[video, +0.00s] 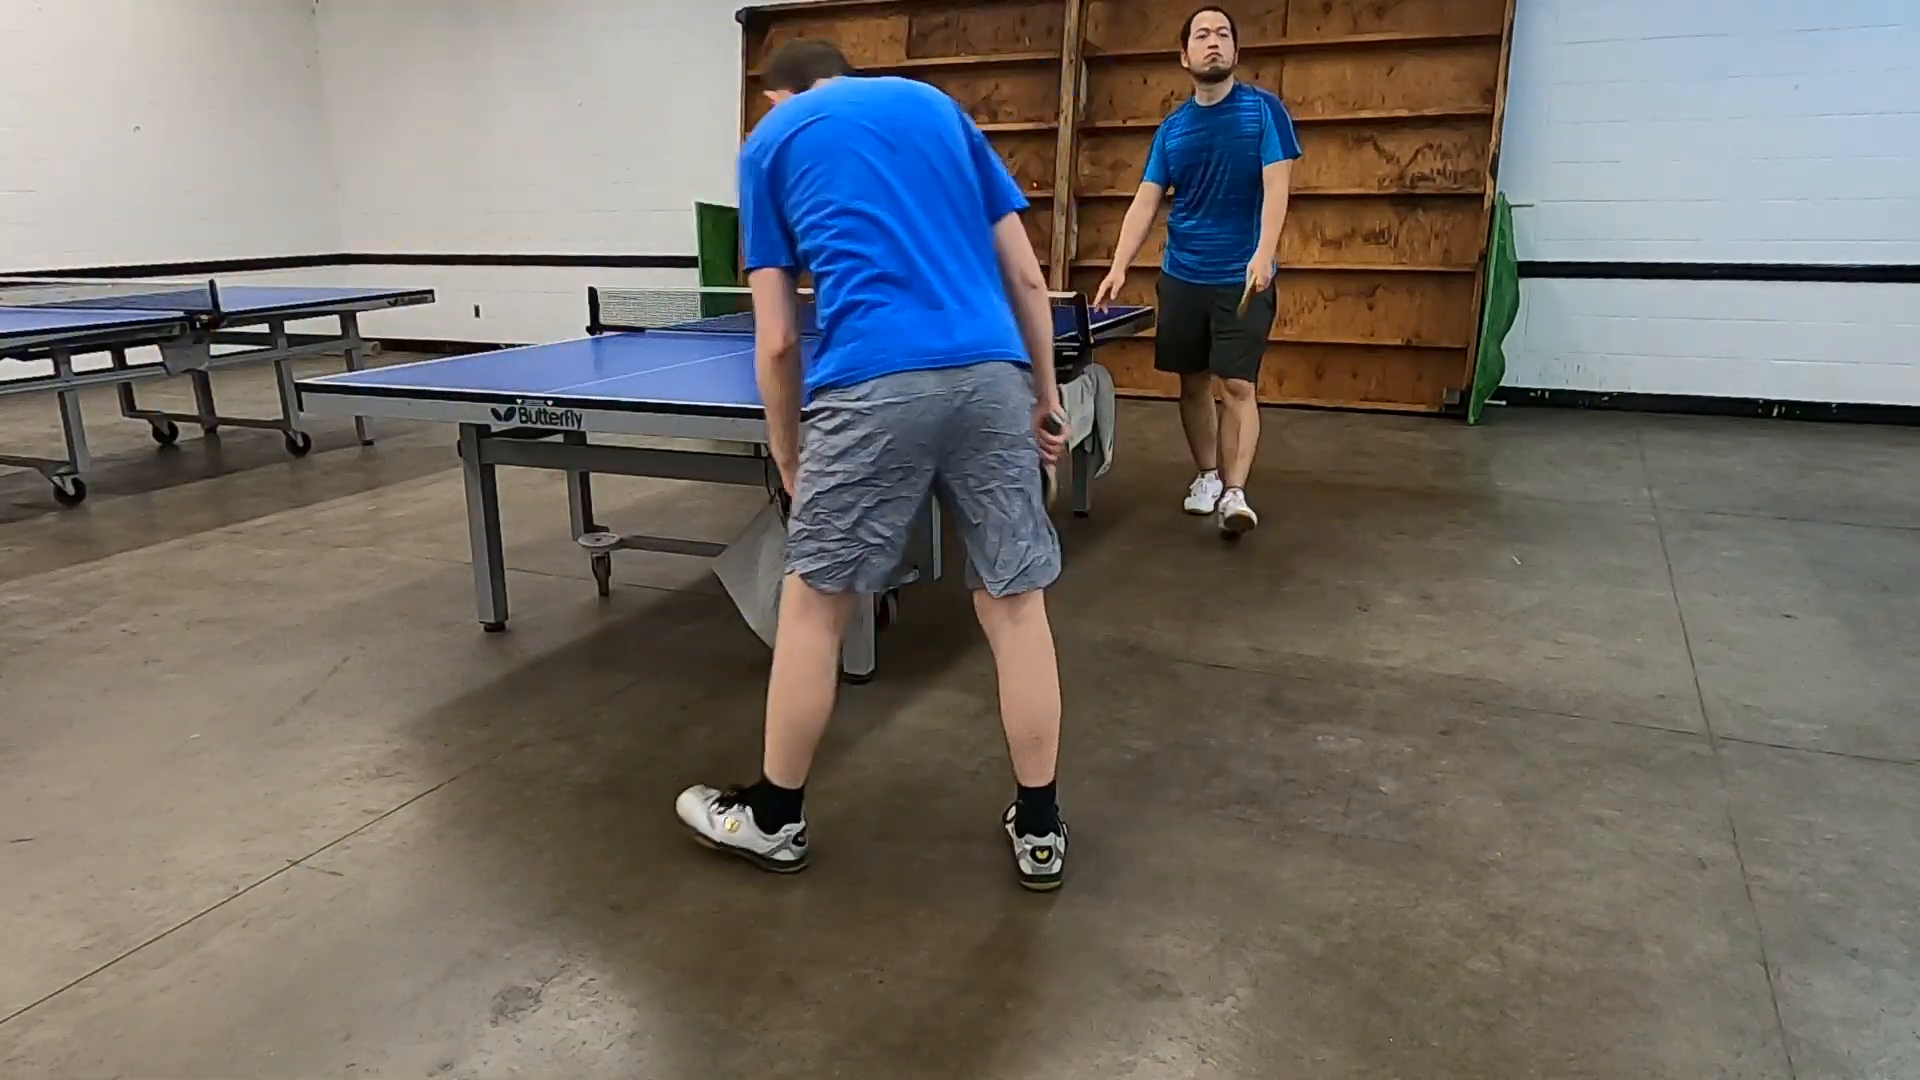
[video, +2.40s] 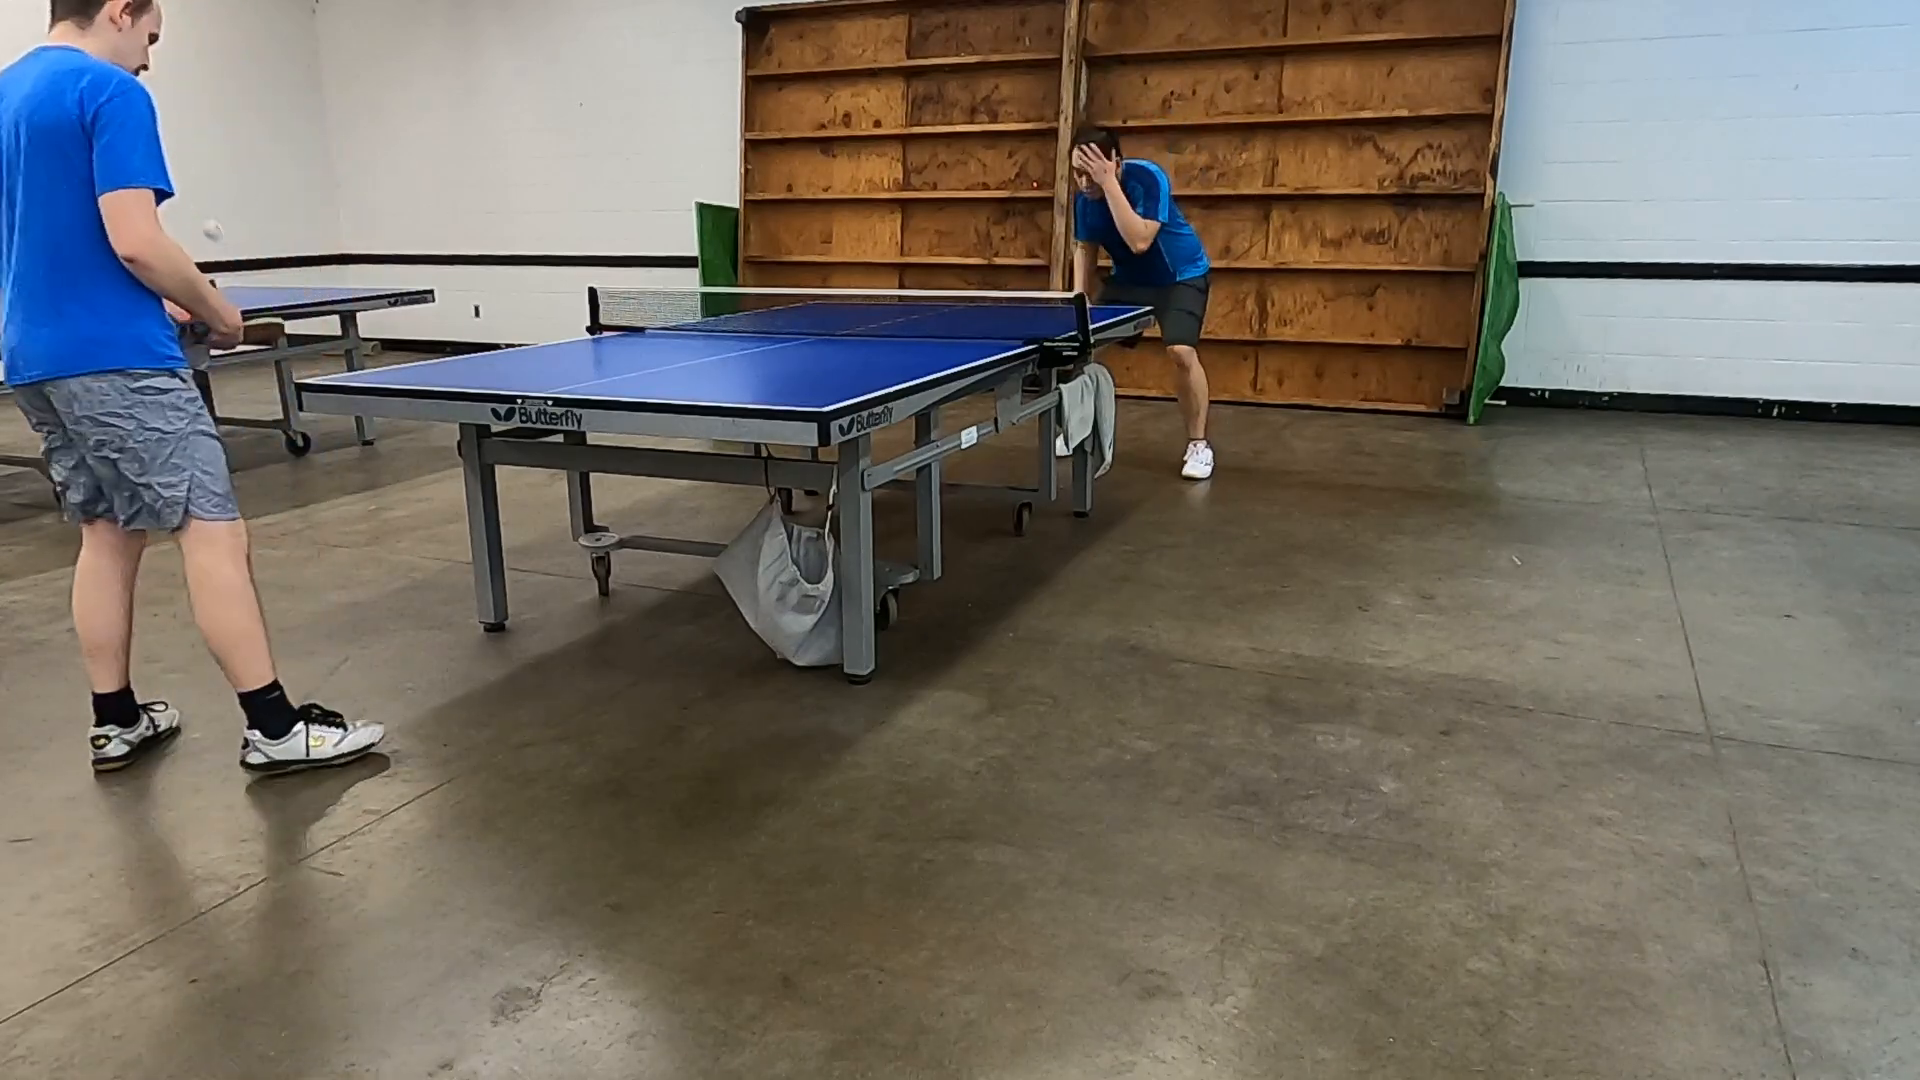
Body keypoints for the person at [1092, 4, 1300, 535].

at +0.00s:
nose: (1213, 41)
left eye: (1222, 35)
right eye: (1202, 36)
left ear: (1237, 52)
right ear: (1186, 57)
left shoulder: (1264, 110)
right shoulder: (1172, 130)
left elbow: (1276, 188)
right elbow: (1144, 204)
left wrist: (1265, 253)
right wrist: (1119, 266)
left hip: (1244, 275)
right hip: (1182, 276)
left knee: (1236, 386)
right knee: (1193, 382)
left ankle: (1234, 492)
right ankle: (1207, 476)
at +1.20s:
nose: (1241, 58)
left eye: (1252, 52)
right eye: (1234, 51)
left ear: (1268, 66)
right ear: (1223, 62)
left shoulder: (1278, 131)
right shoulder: (1193, 116)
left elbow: (1286, 199)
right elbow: (1154, 177)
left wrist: (1263, 243)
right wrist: (1174, 231)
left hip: (1238, 264)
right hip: (1182, 257)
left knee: (1230, 360)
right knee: (1169, 353)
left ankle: (1223, 446)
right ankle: (1149, 440)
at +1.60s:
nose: (1180, 66)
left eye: (1190, 60)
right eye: (1174, 61)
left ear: (1210, 73)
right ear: (1166, 73)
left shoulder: (1227, 129)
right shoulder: (1146, 129)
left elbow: (1252, 192)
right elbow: (1115, 189)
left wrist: (1199, 203)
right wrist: (1141, 206)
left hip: (1198, 268)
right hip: (1140, 263)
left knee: (1207, 358)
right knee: (1100, 348)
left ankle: (1221, 446)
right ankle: (1079, 427)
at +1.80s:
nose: (1128, 80)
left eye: (1140, 73)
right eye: (1124, 73)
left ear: (1162, 85)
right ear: (1118, 83)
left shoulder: (1182, 135)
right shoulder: (1107, 142)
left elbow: (1199, 199)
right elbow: (1088, 198)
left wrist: (1146, 184)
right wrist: (1073, 242)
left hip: (1168, 273)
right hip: (1111, 269)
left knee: (1187, 358)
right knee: (1083, 352)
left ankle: (1215, 445)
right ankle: (1080, 432)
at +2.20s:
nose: (1081, 142)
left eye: (1088, 134)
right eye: (1075, 135)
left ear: (1110, 130)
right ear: (1070, 134)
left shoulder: (1144, 153)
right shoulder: (1085, 171)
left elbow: (1141, 215)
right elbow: (1080, 218)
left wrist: (1101, 162)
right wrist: (1053, 264)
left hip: (1174, 266)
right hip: (1123, 268)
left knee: (1178, 351)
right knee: (1084, 346)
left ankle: (1197, 443)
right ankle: (1079, 426)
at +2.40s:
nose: (1082, 179)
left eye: (1088, 170)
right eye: (1077, 172)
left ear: (1113, 162)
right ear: (1073, 168)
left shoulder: (1149, 178)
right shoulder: (1086, 199)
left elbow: (1140, 240)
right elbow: (1085, 253)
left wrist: (1109, 184)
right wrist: (1080, 304)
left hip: (1181, 275)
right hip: (1130, 278)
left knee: (1180, 351)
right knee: (1076, 344)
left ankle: (1197, 445)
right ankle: (1078, 427)